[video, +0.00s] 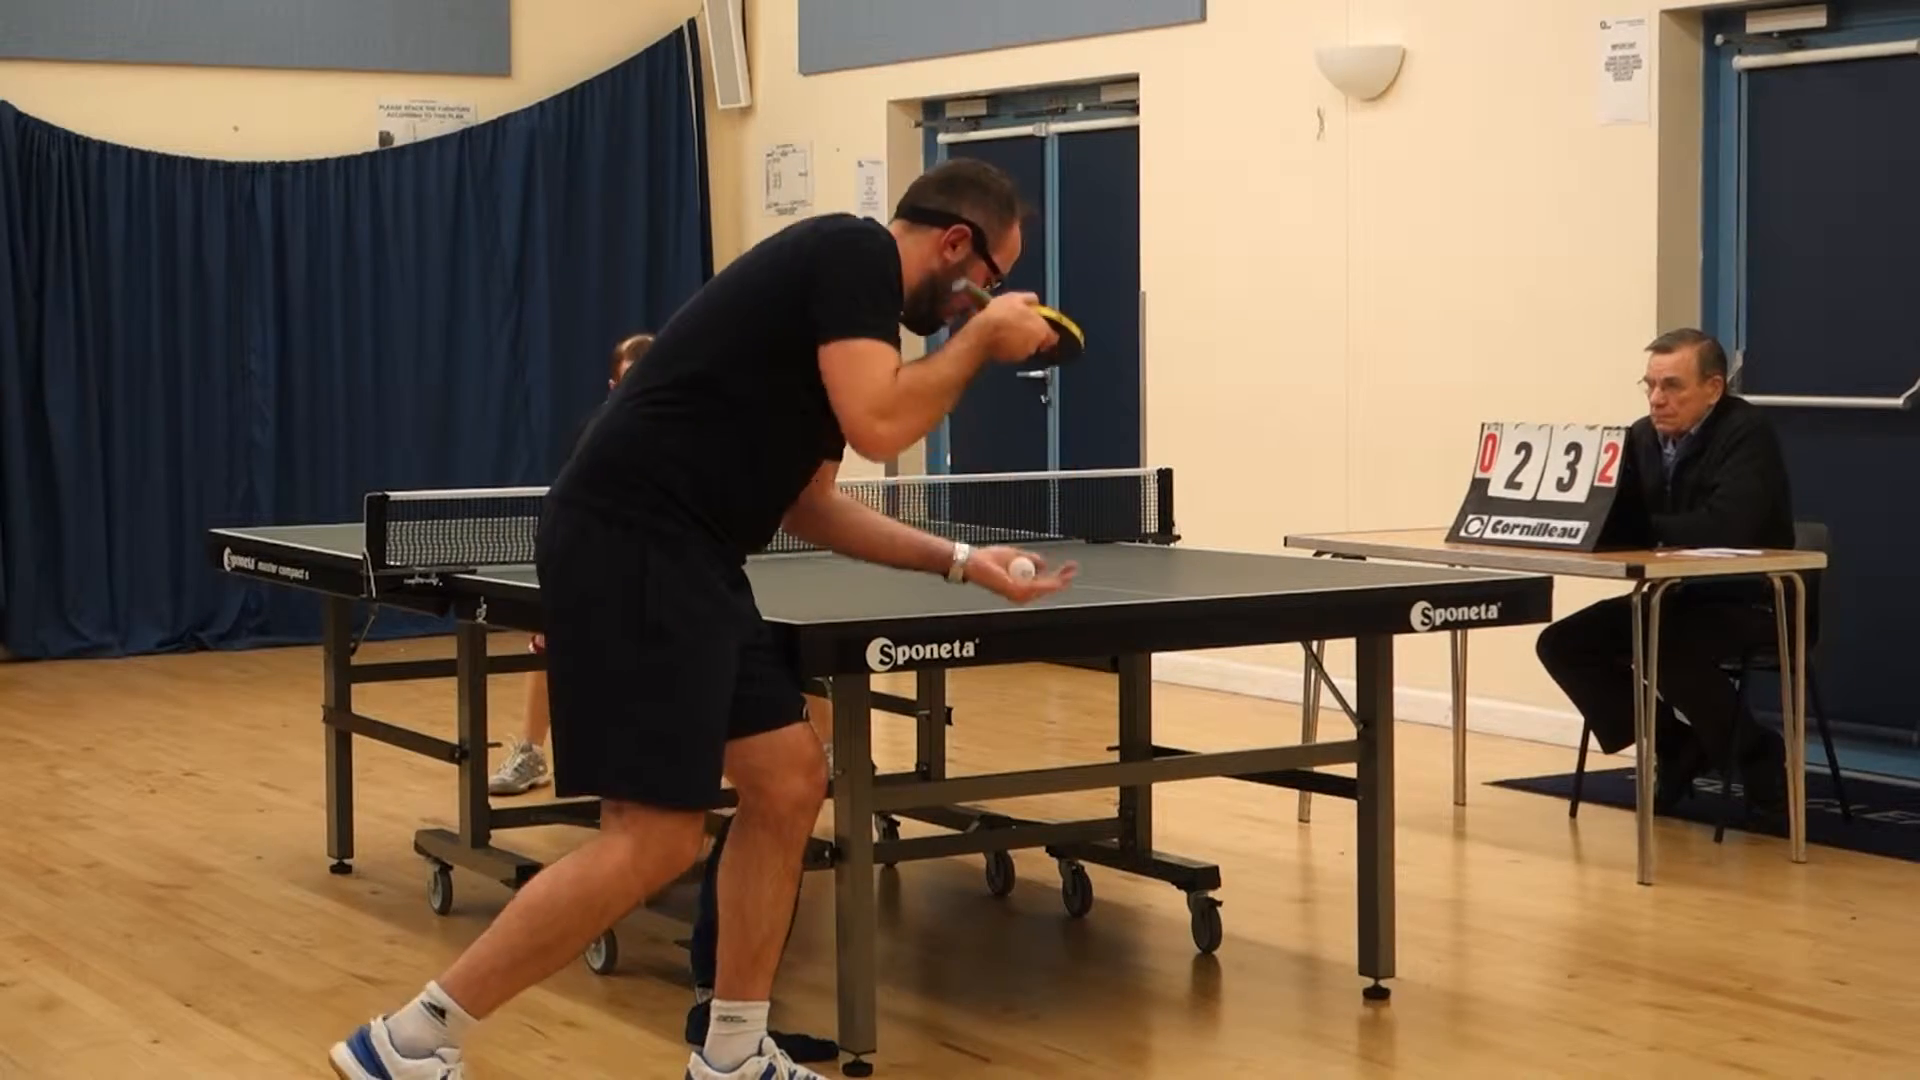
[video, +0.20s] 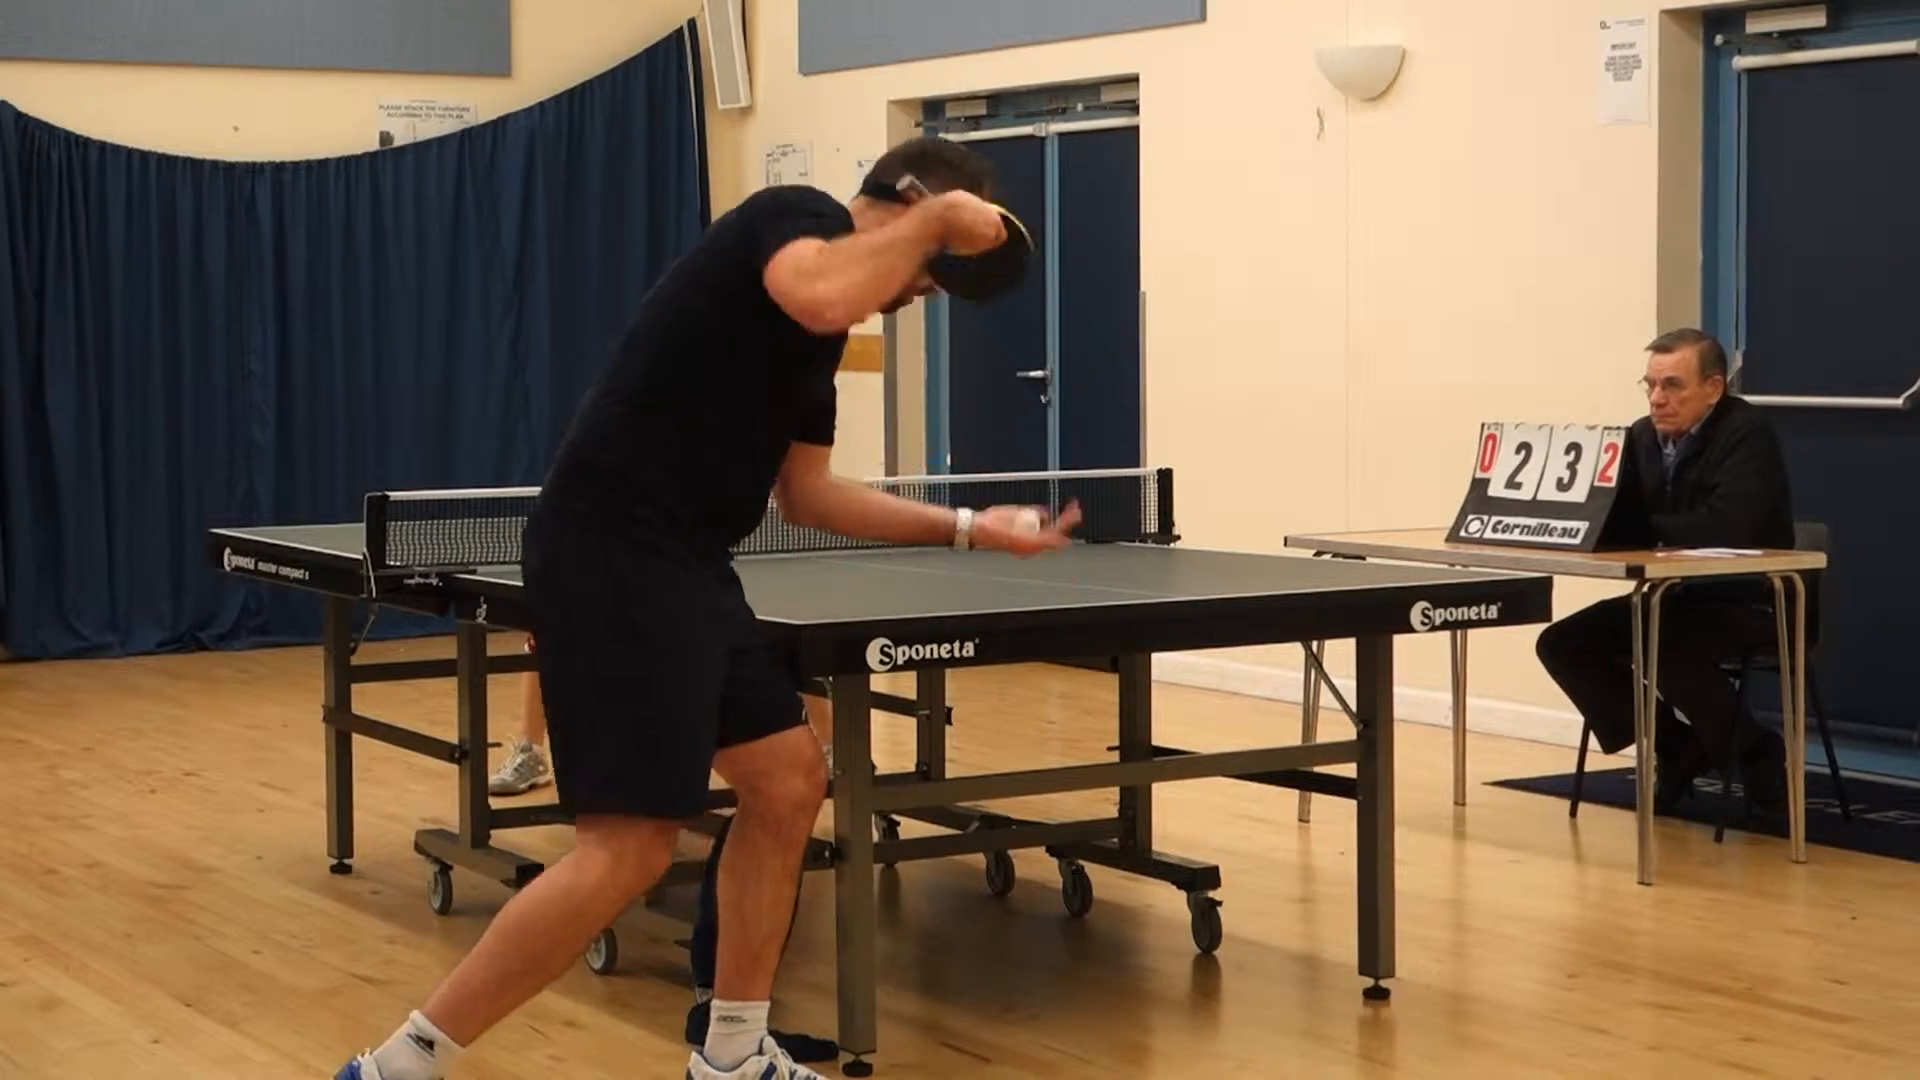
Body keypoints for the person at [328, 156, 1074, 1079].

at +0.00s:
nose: (982, 296)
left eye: (992, 281)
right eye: (988, 273)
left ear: (933, 230)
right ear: (955, 237)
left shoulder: (843, 322)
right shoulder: (852, 251)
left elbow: (810, 506)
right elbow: (880, 420)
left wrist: (964, 558)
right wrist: (982, 335)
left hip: (693, 549)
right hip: (626, 536)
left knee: (789, 779)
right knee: (656, 836)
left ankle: (733, 1048)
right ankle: (410, 1036)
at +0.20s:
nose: (914, 293)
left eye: (929, 283)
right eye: (924, 268)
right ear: (903, 206)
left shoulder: (820, 328)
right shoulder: (793, 212)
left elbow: (811, 494)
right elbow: (820, 298)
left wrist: (974, 525)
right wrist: (934, 217)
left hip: (687, 563)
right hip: (606, 551)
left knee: (788, 775)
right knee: (630, 848)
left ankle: (730, 1055)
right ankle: (395, 1064)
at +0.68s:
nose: (963, 426)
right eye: (966, 408)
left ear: (871, 354)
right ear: (950, 380)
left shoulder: (759, 368)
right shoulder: (931, 393)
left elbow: (584, 473)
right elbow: (1020, 565)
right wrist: (1094, 473)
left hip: (614, 574)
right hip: (710, 608)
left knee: (787, 752)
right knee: (628, 890)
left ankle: (760, 1057)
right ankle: (401, 1063)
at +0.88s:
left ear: (918, 275)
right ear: (1019, 297)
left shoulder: (840, 313)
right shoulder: (1032, 361)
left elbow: (686, 407)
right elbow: (1053, 574)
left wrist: (770, 480)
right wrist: (1110, 550)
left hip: (782, 576)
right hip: (918, 589)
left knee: (841, 797)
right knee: (1034, 829)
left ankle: (772, 1055)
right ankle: (948, 1019)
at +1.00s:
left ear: (988, 256)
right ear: (1095, 273)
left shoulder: (917, 320)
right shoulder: (1128, 354)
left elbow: (787, 443)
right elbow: (1178, 569)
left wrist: (863, 522)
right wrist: (1157, 519)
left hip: (899, 615)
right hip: (1044, 617)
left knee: (906, 827)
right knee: (1228, 831)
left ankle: (783, 1057)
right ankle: (1360, 1065)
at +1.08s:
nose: (1028, 247)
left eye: (1030, 236)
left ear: (1039, 242)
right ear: (1143, 249)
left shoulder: (987, 323)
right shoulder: (1204, 338)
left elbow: (894, 453)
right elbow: (1278, 549)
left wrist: (916, 533)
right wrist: (1227, 519)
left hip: (1016, 631)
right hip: (1172, 636)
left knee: (925, 843)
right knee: (1328, 857)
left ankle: (801, 1055)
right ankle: (1425, 1072)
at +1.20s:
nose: (1120, 213)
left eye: (1124, 201)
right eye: (1127, 201)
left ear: (1137, 209)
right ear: (1238, 212)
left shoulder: (1102, 296)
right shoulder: (1325, 301)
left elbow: (1004, 449)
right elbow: (1400, 513)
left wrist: (1017, 499)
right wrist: (1296, 532)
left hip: (1164, 607)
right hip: (1328, 610)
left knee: (1038, 819)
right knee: (1410, 845)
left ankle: (1000, 1062)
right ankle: (1458, 1071)